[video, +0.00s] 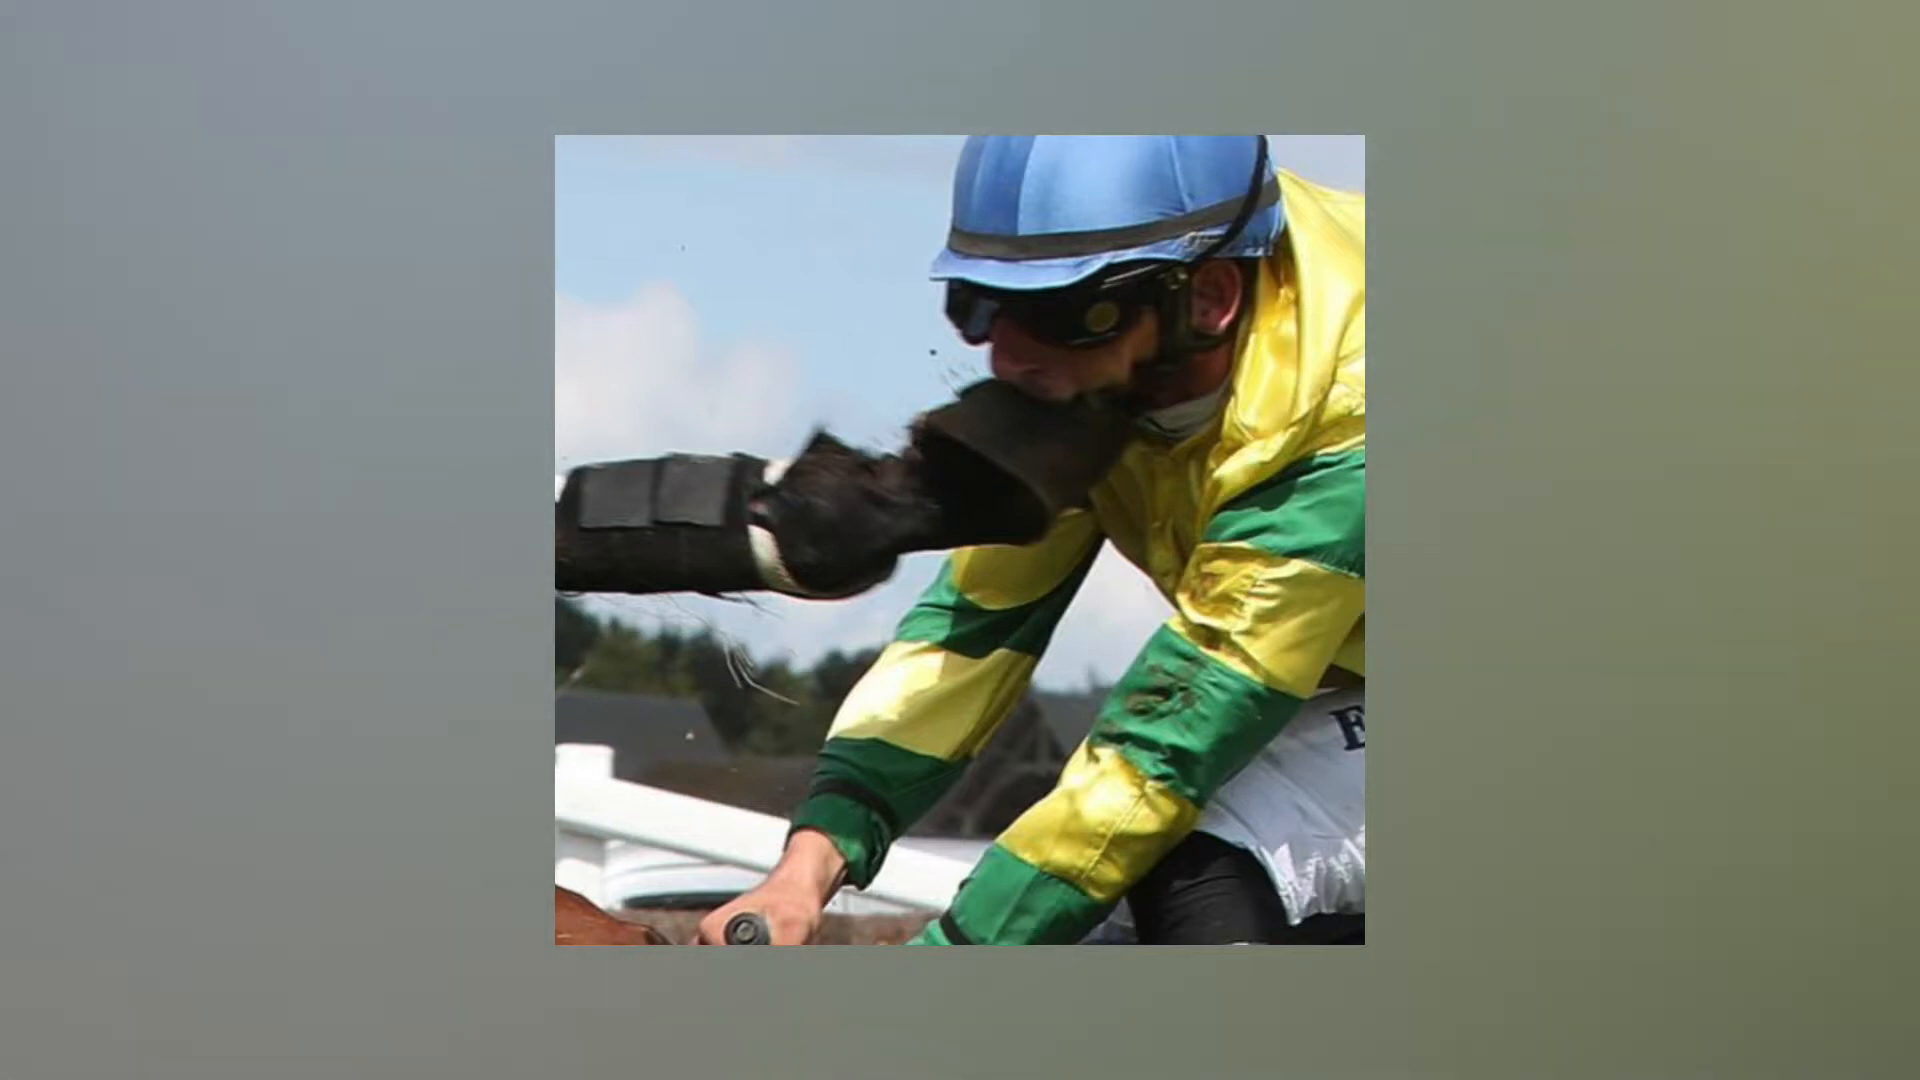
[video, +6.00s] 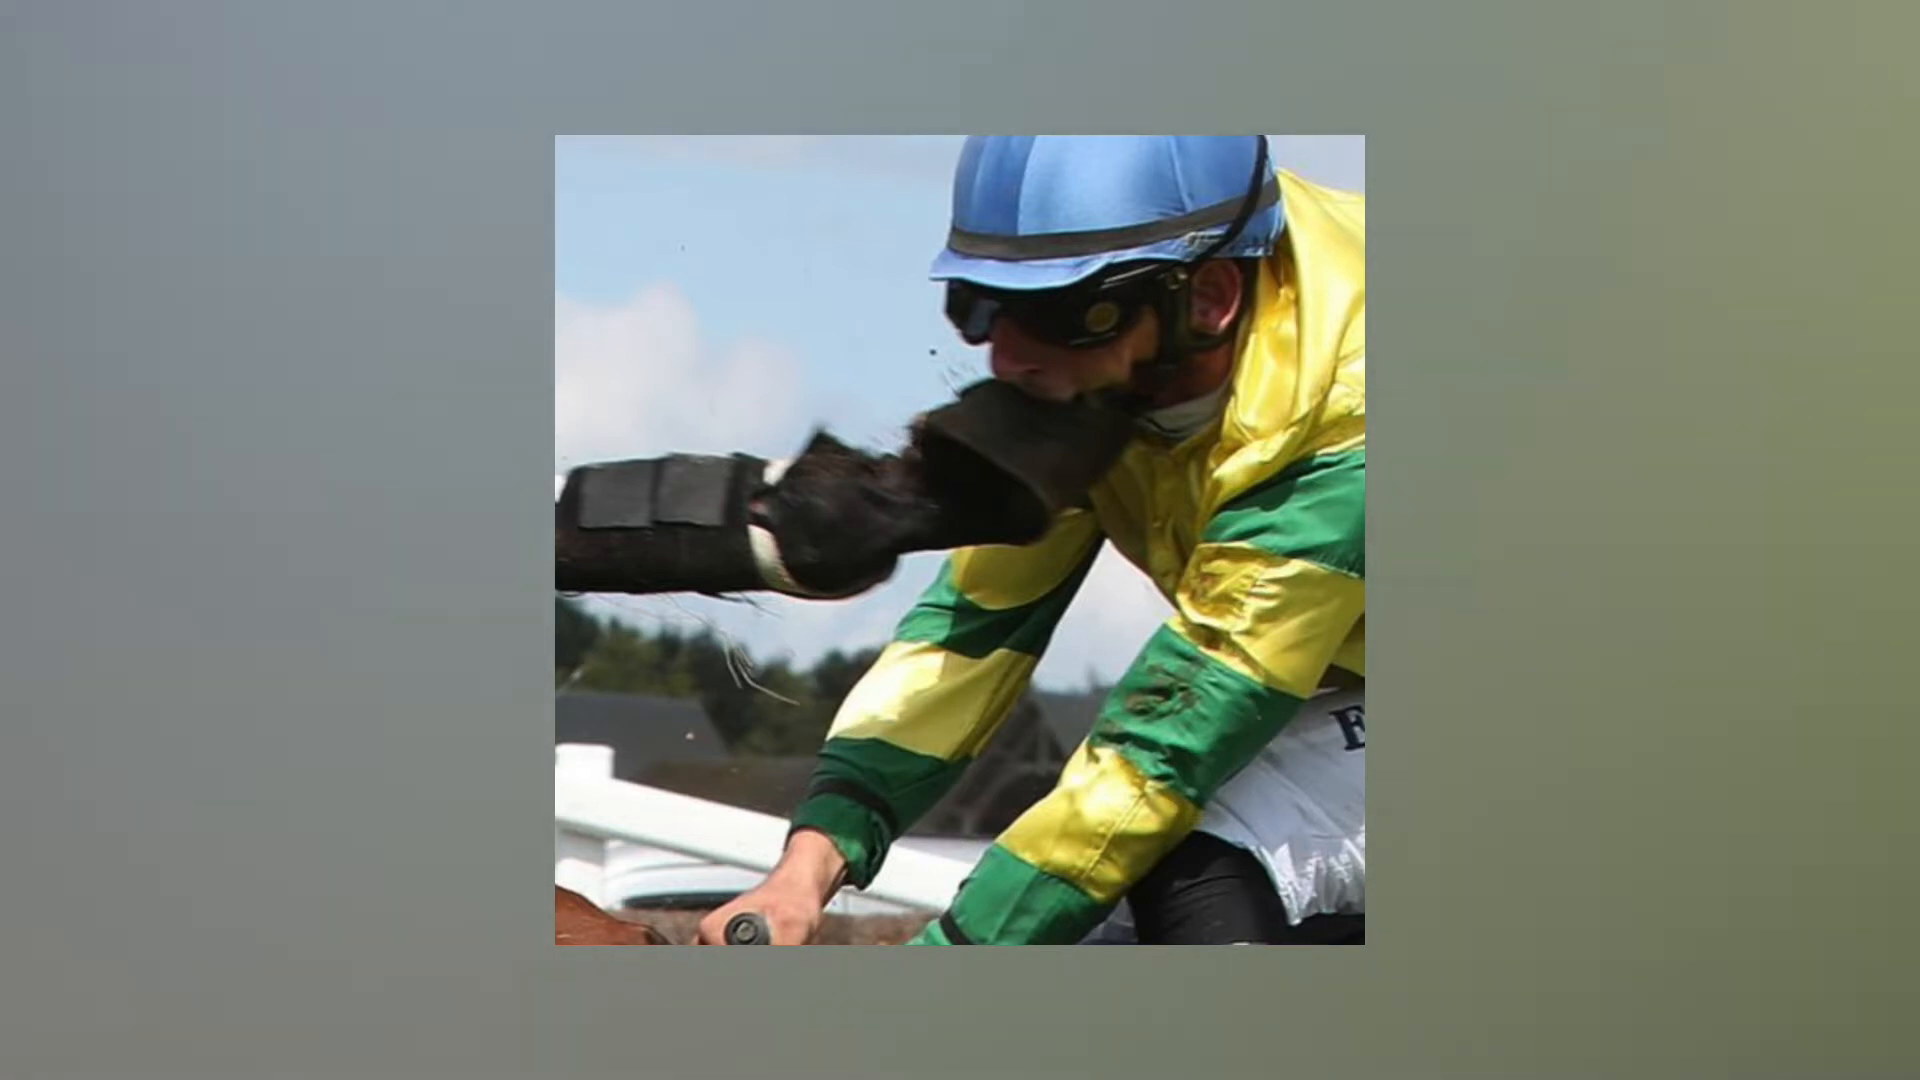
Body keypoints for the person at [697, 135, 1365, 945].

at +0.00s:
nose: (1005, 358)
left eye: (1055, 318)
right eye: (987, 309)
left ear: (1209, 299)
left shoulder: (1341, 429)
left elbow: (1159, 752)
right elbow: (969, 623)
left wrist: (932, 964)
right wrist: (804, 873)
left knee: (1204, 863)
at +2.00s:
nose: (1005, 359)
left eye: (1055, 319)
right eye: (988, 309)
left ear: (1209, 299)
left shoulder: (1341, 428)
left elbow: (1160, 752)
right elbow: (969, 623)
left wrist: (931, 967)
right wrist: (804, 872)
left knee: (1203, 861)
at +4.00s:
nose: (1005, 359)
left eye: (1056, 319)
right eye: (989, 309)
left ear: (1210, 298)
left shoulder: (1341, 429)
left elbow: (1161, 751)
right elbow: (969, 623)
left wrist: (934, 963)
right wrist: (804, 872)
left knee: (1204, 863)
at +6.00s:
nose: (1005, 359)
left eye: (1056, 319)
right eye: (989, 310)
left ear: (1210, 298)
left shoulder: (1341, 429)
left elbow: (1161, 751)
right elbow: (969, 623)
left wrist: (933, 965)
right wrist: (805, 871)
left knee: (1204, 864)